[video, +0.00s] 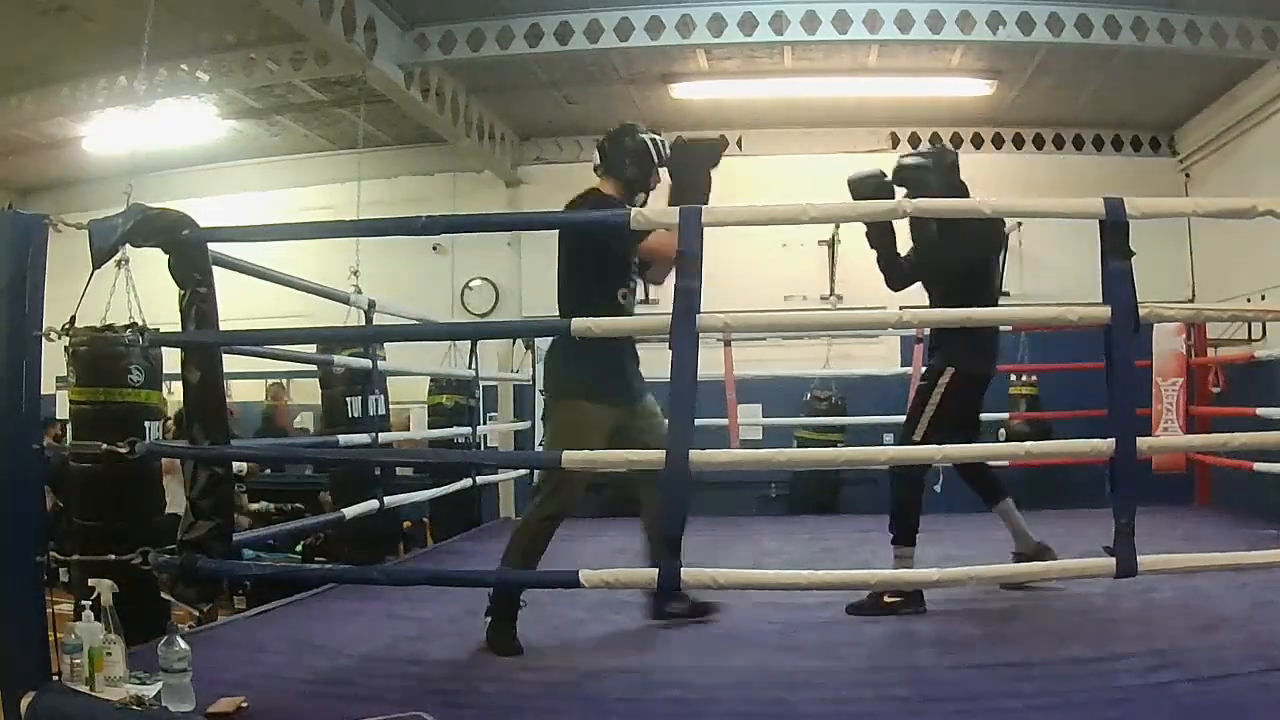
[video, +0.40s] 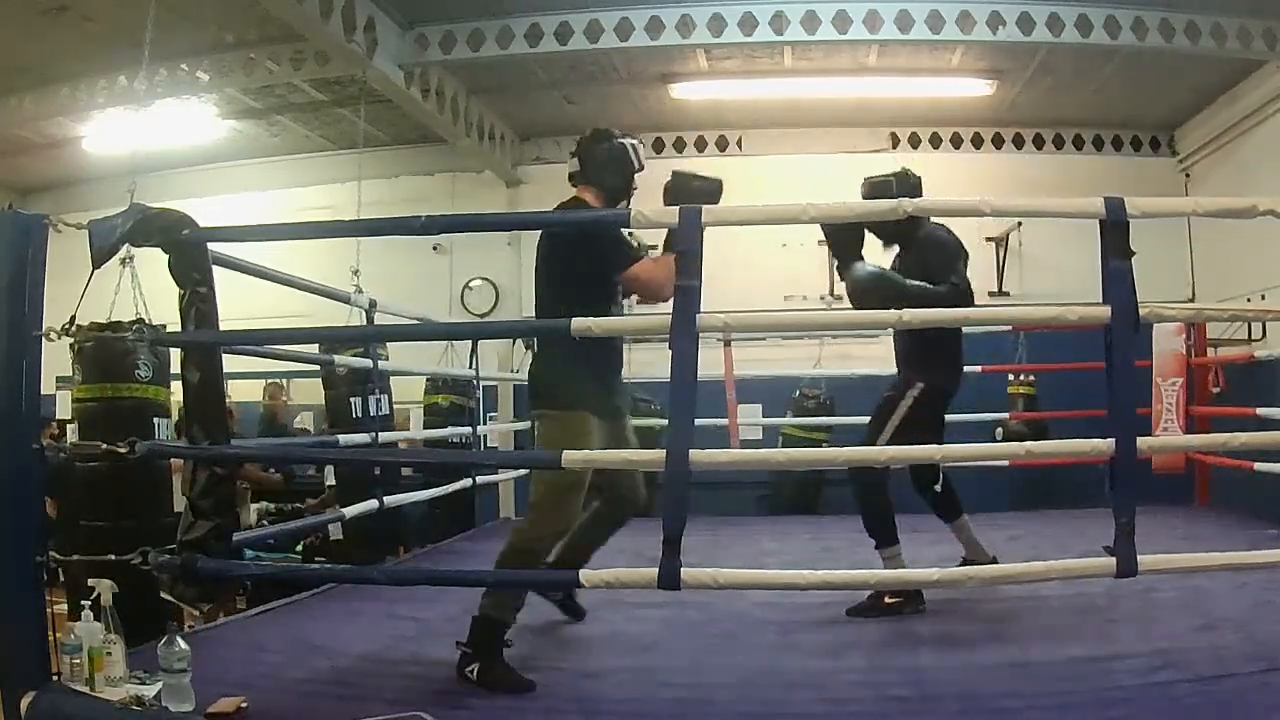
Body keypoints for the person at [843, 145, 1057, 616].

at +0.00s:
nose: (907, 202)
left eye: (912, 193)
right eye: (905, 194)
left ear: (936, 189)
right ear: (949, 186)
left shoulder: (959, 229)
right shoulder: (972, 225)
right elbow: (900, 277)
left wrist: (880, 225)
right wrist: (885, 226)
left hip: (955, 357)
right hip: (968, 356)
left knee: (906, 458)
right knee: (963, 454)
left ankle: (902, 581)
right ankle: (1028, 545)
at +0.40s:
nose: (871, 225)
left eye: (875, 215)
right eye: (868, 216)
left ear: (901, 209)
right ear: (901, 209)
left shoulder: (935, 243)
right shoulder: (913, 247)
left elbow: (961, 298)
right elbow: (877, 298)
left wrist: (895, 289)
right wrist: (850, 256)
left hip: (928, 377)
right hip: (921, 375)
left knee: (866, 467)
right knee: (925, 473)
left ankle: (897, 582)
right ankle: (979, 555)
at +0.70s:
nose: (863, 188)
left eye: (869, 179)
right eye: (860, 180)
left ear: (893, 176)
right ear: (871, 178)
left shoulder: (929, 214)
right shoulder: (885, 223)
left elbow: (966, 280)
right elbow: (860, 279)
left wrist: (914, 304)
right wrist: (833, 232)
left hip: (916, 338)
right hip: (894, 338)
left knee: (882, 447)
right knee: (907, 441)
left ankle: (893, 577)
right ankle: (936, 550)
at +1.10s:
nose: (874, 230)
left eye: (881, 220)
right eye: (873, 222)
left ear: (906, 214)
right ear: (881, 221)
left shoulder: (947, 249)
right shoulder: (888, 262)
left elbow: (944, 294)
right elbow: (859, 308)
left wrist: (908, 239)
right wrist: (845, 257)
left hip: (938, 376)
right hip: (906, 378)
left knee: (891, 467)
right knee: (902, 469)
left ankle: (895, 583)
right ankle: (951, 547)